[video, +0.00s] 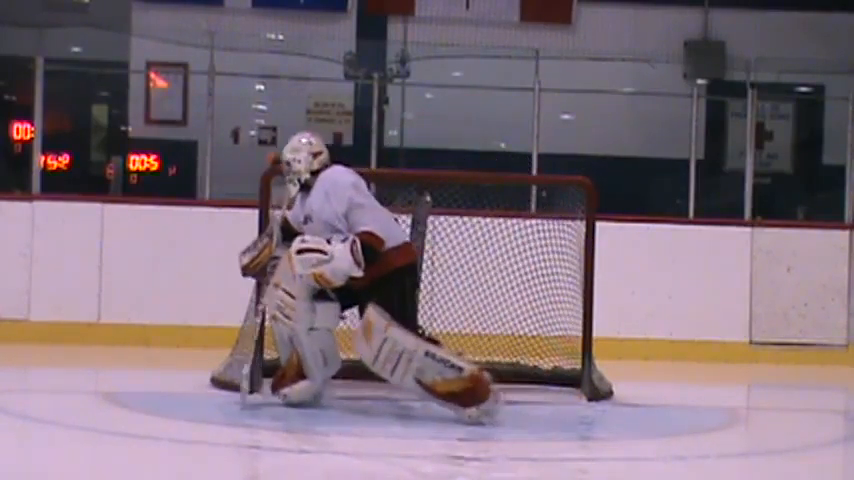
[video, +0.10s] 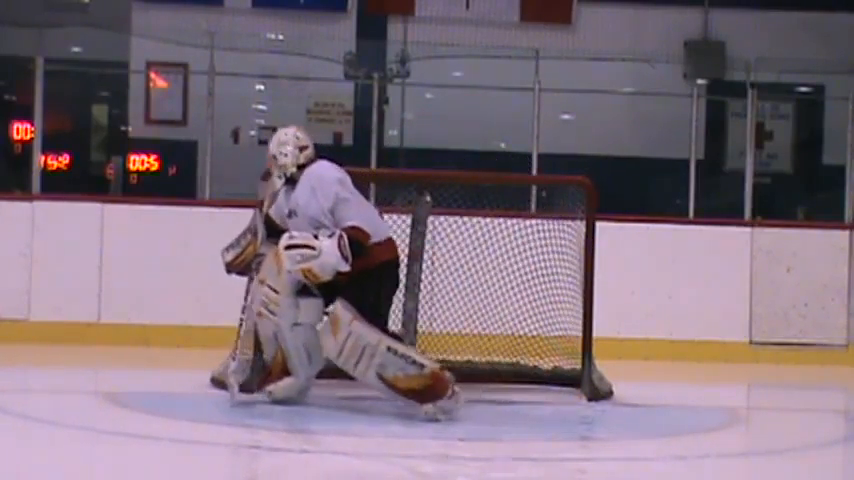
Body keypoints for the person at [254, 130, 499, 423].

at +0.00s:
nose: (291, 170)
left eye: (294, 163)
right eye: (288, 164)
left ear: (310, 159)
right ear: (311, 158)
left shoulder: (337, 180)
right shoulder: (305, 195)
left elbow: (375, 229)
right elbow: (289, 227)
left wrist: (344, 256)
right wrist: (264, 250)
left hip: (393, 262)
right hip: (359, 269)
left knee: (391, 340)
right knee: (303, 306)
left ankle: (468, 388)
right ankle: (307, 375)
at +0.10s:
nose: (277, 167)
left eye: (280, 161)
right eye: (275, 161)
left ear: (293, 157)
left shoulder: (322, 176)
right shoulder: (289, 190)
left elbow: (362, 230)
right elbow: (272, 226)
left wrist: (329, 251)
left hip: (375, 262)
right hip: (343, 266)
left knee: (360, 337)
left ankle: (433, 389)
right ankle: (288, 376)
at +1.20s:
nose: (441, 165)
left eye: (448, 158)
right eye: (435, 157)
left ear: (460, 160)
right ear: (421, 158)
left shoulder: (476, 197)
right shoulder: (390, 186)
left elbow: (504, 258)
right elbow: (356, 234)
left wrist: (508, 241)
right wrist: (340, 272)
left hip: (446, 278)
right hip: (391, 275)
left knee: (461, 338)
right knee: (351, 333)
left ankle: (487, 409)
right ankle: (309, 393)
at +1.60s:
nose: (454, 134)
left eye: (461, 127)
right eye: (447, 127)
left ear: (470, 131)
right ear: (433, 129)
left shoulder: (492, 172)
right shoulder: (402, 165)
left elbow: (520, 244)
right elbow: (366, 212)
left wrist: (518, 232)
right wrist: (355, 253)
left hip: (466, 273)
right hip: (407, 269)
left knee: (485, 347)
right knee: (385, 345)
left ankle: (512, 421)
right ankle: (359, 415)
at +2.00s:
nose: (483, 130)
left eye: (484, 123)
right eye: (478, 123)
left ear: (461, 124)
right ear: (461, 122)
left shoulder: (468, 166)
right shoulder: (438, 151)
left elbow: (462, 224)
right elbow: (434, 214)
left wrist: (492, 225)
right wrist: (444, 265)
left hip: (415, 253)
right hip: (389, 249)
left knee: (425, 328)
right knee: (408, 331)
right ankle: (364, 405)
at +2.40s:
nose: (522, 180)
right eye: (522, 175)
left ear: (485, 173)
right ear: (521, 176)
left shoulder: (468, 194)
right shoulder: (525, 200)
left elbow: (437, 227)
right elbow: (549, 254)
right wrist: (572, 293)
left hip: (426, 257)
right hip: (469, 271)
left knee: (422, 331)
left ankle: (382, 375)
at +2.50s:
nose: (541, 176)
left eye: (512, 167)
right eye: (540, 171)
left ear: (505, 171)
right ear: (539, 174)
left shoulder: (490, 189)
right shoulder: (543, 195)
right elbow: (561, 248)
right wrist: (572, 290)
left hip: (444, 257)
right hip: (487, 268)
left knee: (453, 333)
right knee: (476, 337)